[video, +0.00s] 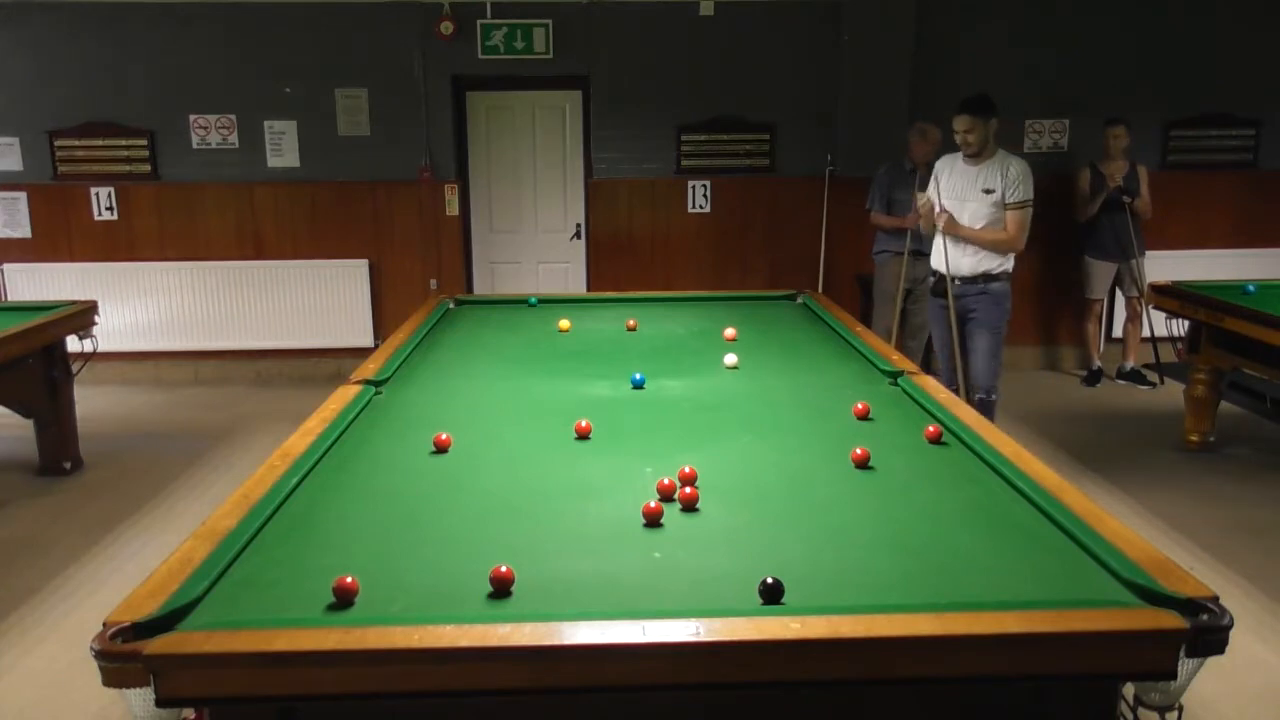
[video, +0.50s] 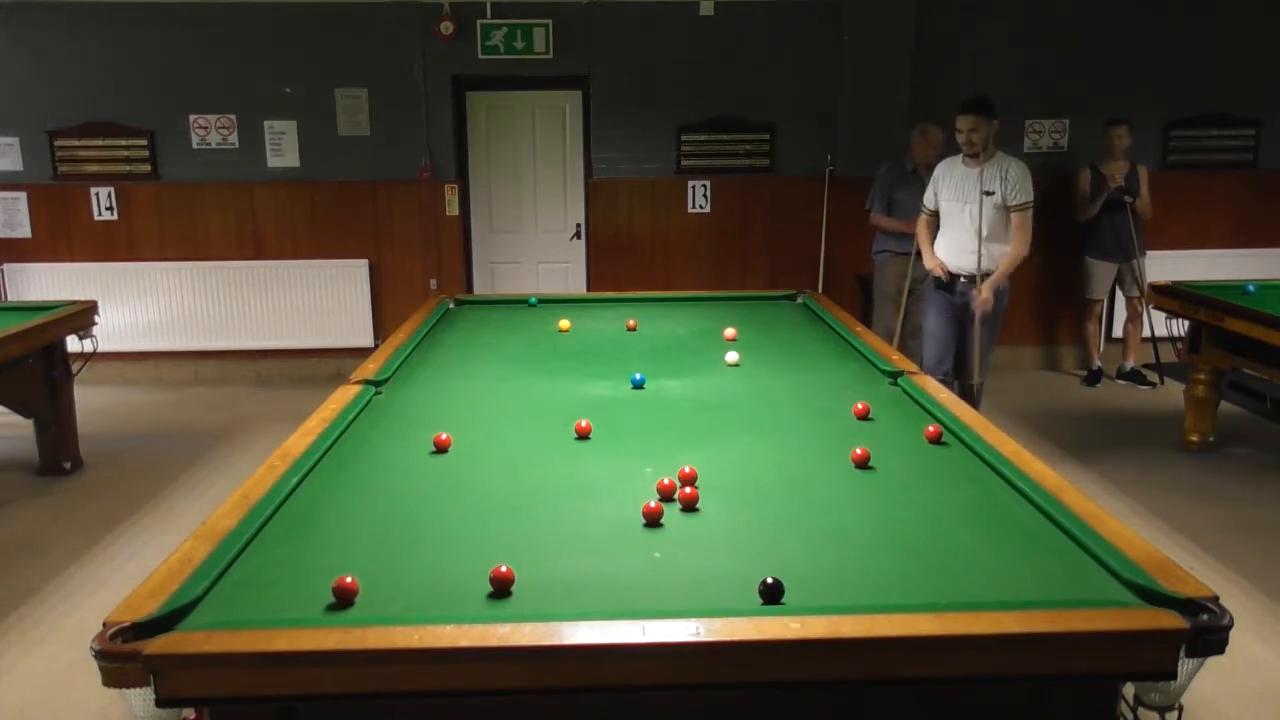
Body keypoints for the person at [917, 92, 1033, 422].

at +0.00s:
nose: (961, 139)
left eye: (968, 132)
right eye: (956, 132)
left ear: (992, 127)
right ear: (952, 130)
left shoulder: (1013, 170)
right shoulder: (944, 165)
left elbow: (1016, 240)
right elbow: (929, 225)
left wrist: (959, 231)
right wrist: (926, 216)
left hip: (986, 291)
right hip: (942, 290)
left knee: (982, 389)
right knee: (947, 384)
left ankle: (979, 466)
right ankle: (948, 463)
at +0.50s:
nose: (965, 139)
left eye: (973, 131)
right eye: (959, 131)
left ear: (993, 129)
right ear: (954, 130)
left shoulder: (1012, 172)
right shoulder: (944, 169)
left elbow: (1021, 243)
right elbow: (925, 220)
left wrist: (991, 284)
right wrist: (928, 256)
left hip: (985, 289)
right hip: (942, 285)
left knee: (970, 380)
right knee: (935, 373)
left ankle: (963, 452)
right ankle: (932, 447)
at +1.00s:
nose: (950, 139)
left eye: (959, 132)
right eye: (946, 132)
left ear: (978, 130)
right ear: (942, 132)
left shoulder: (1000, 165)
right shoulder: (940, 174)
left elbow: (1012, 231)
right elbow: (931, 233)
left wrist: (974, 257)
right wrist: (918, 291)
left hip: (984, 284)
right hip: (943, 281)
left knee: (970, 373)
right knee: (937, 369)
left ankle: (961, 448)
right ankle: (931, 446)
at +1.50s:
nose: (930, 146)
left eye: (938, 138)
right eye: (924, 138)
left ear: (956, 135)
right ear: (919, 137)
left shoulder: (974, 165)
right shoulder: (928, 181)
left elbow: (988, 232)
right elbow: (927, 236)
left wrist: (936, 257)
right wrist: (914, 287)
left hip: (974, 285)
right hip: (934, 285)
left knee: (962, 377)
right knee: (927, 373)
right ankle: (929, 449)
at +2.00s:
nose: (890, 212)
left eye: (896, 205)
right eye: (884, 206)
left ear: (914, 194)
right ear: (879, 199)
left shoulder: (928, 212)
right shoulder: (917, 210)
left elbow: (897, 268)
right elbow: (932, 252)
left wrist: (851, 310)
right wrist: (925, 294)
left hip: (995, 287)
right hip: (955, 288)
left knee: (980, 381)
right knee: (941, 372)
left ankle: (986, 458)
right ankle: (937, 446)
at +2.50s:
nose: (865, 283)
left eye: (869, 276)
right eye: (860, 277)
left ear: (885, 265)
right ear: (856, 266)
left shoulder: (903, 284)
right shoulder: (896, 244)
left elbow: (868, 317)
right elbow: (930, 227)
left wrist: (816, 338)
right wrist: (931, 262)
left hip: (998, 286)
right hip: (969, 280)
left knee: (972, 383)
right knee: (952, 372)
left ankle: (983, 451)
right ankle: (954, 441)